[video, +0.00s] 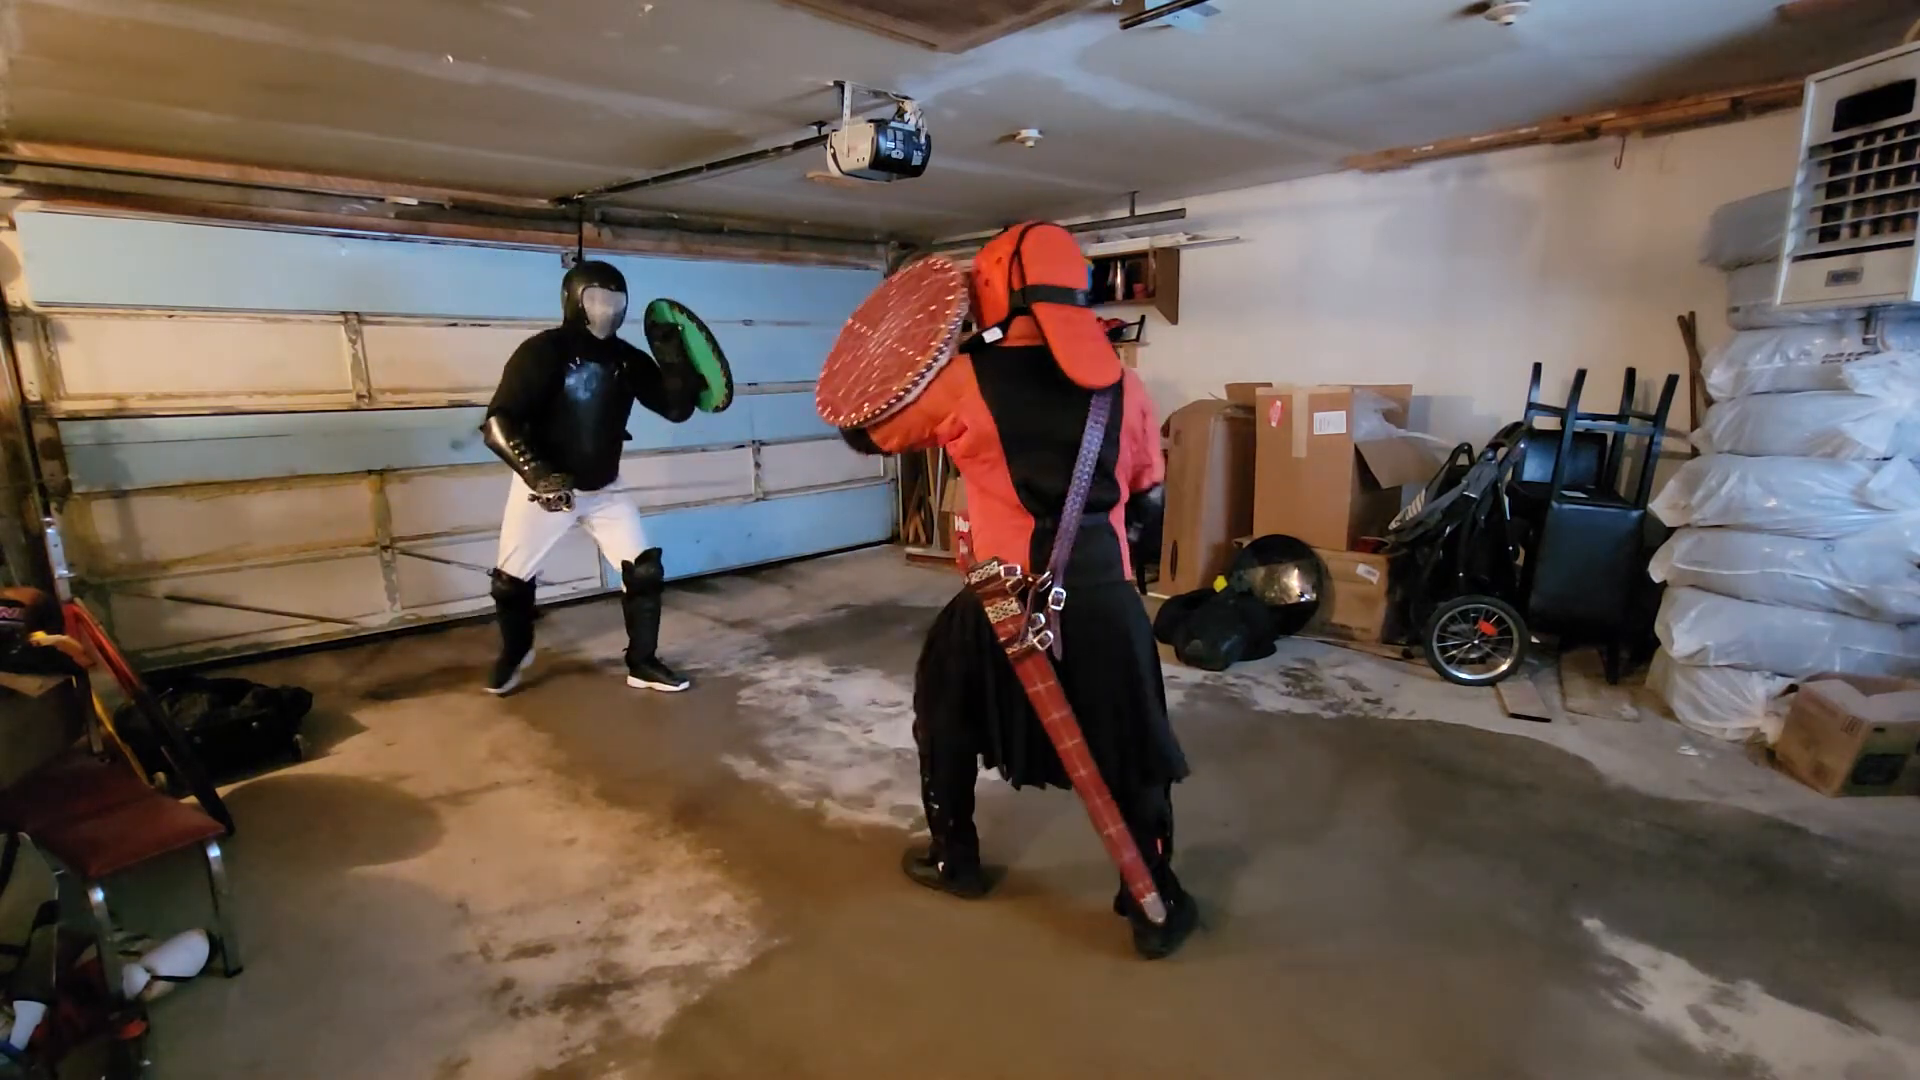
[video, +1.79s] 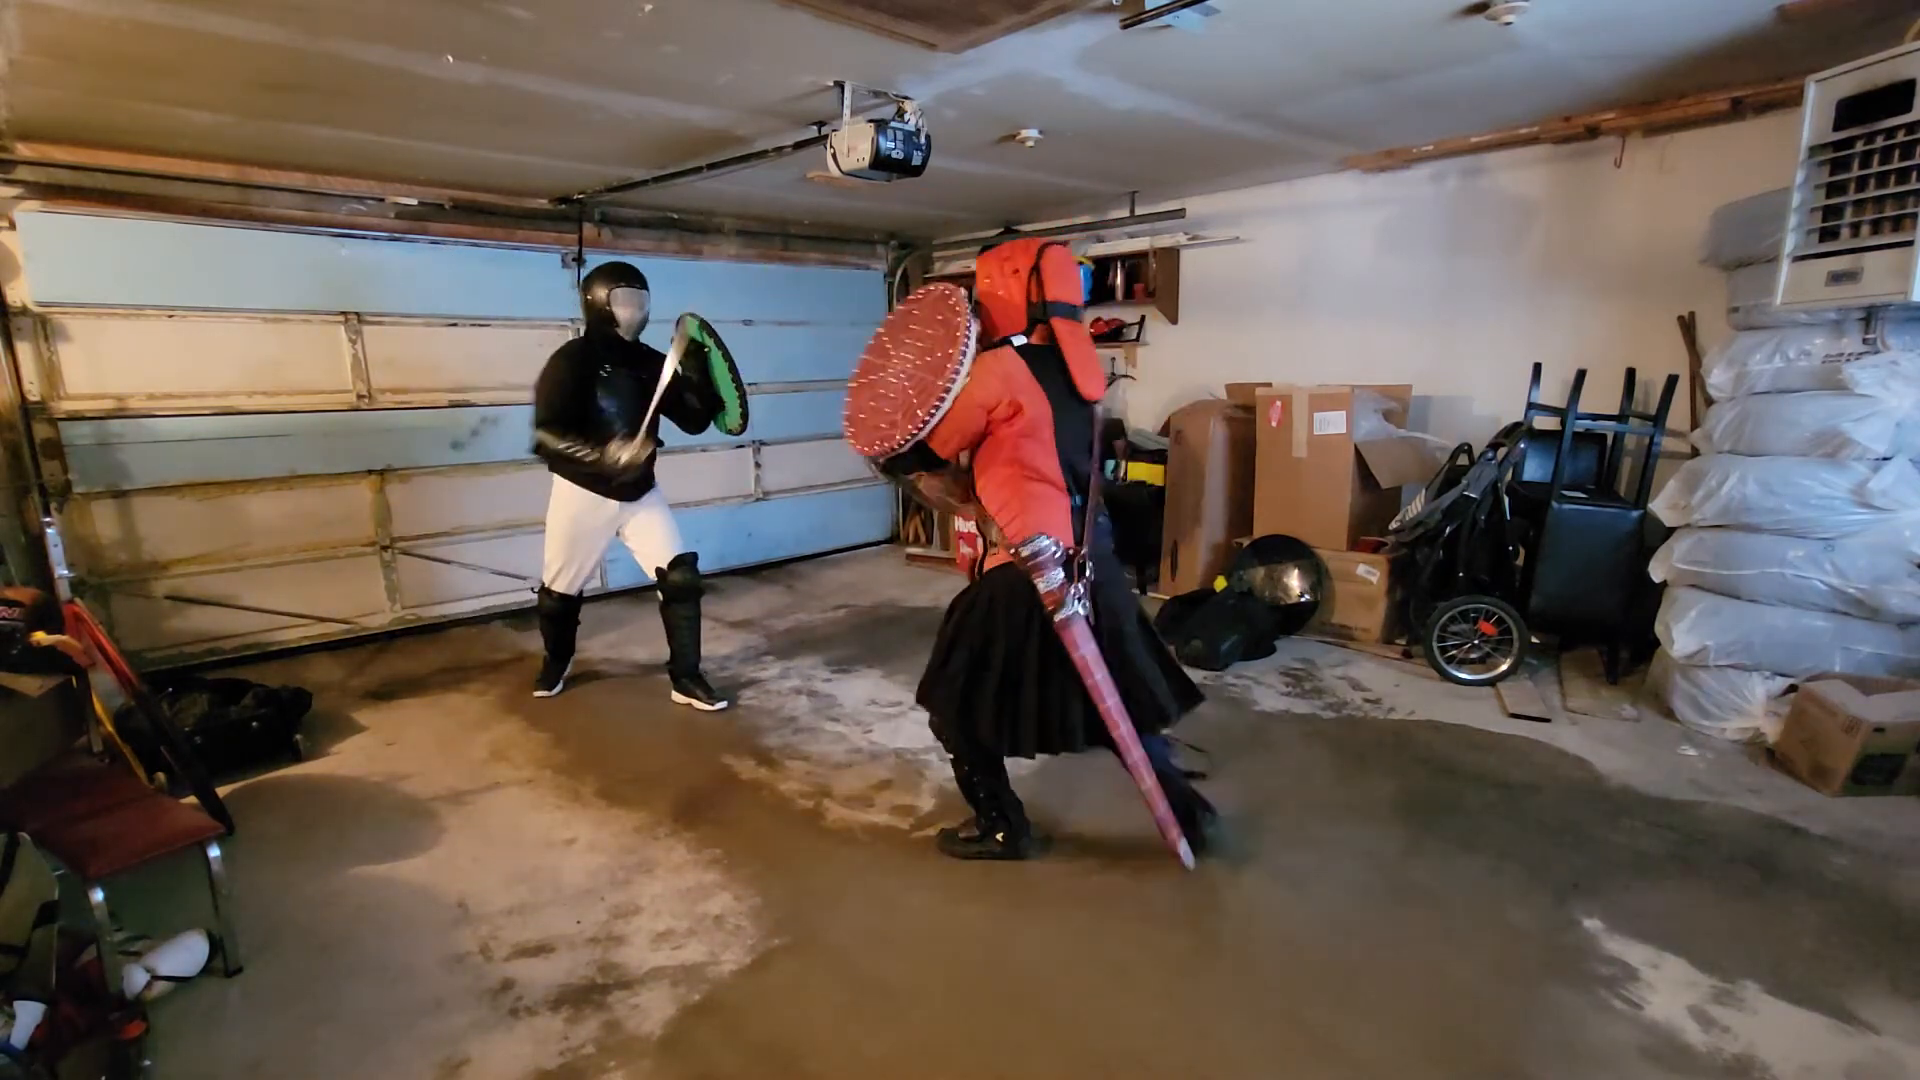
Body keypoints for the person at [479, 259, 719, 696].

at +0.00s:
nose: (615, 307)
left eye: (619, 297)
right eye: (605, 296)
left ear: (623, 303)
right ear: (578, 299)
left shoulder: (627, 359)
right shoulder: (542, 352)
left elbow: (677, 408)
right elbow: (498, 423)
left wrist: (673, 353)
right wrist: (537, 475)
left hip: (605, 491)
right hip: (541, 490)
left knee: (644, 569)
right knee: (509, 582)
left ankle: (642, 661)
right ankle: (515, 651)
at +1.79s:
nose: (643, 307)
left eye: (644, 298)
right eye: (633, 298)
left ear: (643, 304)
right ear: (603, 302)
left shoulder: (652, 362)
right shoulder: (570, 362)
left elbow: (694, 420)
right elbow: (547, 440)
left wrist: (695, 365)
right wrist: (603, 457)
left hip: (640, 494)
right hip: (581, 493)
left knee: (681, 576)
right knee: (558, 594)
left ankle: (686, 678)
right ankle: (556, 662)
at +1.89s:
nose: (649, 310)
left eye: (649, 301)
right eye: (640, 301)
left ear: (636, 308)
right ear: (610, 304)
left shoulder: (655, 363)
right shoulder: (583, 358)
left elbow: (688, 403)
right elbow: (595, 416)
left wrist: (693, 353)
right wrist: (656, 427)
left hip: (640, 492)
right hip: (584, 490)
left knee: (682, 573)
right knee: (561, 589)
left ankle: (686, 677)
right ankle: (558, 663)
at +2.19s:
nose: (619, 319)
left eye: (621, 310)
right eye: (608, 310)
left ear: (624, 315)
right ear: (581, 317)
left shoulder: (632, 378)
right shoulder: (563, 367)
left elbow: (664, 431)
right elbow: (571, 423)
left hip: (624, 500)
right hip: (570, 497)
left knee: (674, 575)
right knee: (553, 603)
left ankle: (686, 678)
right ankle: (528, 651)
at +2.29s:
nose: (603, 320)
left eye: (604, 310)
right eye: (593, 310)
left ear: (601, 315)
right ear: (565, 314)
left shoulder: (612, 374)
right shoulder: (540, 371)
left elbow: (645, 433)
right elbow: (534, 438)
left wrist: (653, 389)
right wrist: (588, 477)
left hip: (605, 496)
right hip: (549, 496)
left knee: (651, 576)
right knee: (537, 592)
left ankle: (684, 676)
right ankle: (530, 666)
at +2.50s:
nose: (575, 315)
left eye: (574, 306)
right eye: (566, 306)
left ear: (567, 311)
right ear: (538, 312)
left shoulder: (585, 369)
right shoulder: (503, 367)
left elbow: (616, 426)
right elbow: (481, 441)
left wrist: (625, 382)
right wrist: (526, 467)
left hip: (581, 489)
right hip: (526, 492)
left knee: (625, 561)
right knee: (526, 585)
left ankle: (628, 649)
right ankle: (532, 662)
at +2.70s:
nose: (557, 312)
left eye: (558, 303)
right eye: (548, 303)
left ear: (554, 308)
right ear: (520, 307)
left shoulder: (571, 363)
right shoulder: (488, 363)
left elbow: (608, 418)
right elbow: (461, 433)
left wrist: (614, 374)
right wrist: (498, 466)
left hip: (575, 486)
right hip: (520, 489)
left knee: (608, 575)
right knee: (525, 582)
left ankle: (599, 646)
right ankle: (531, 661)